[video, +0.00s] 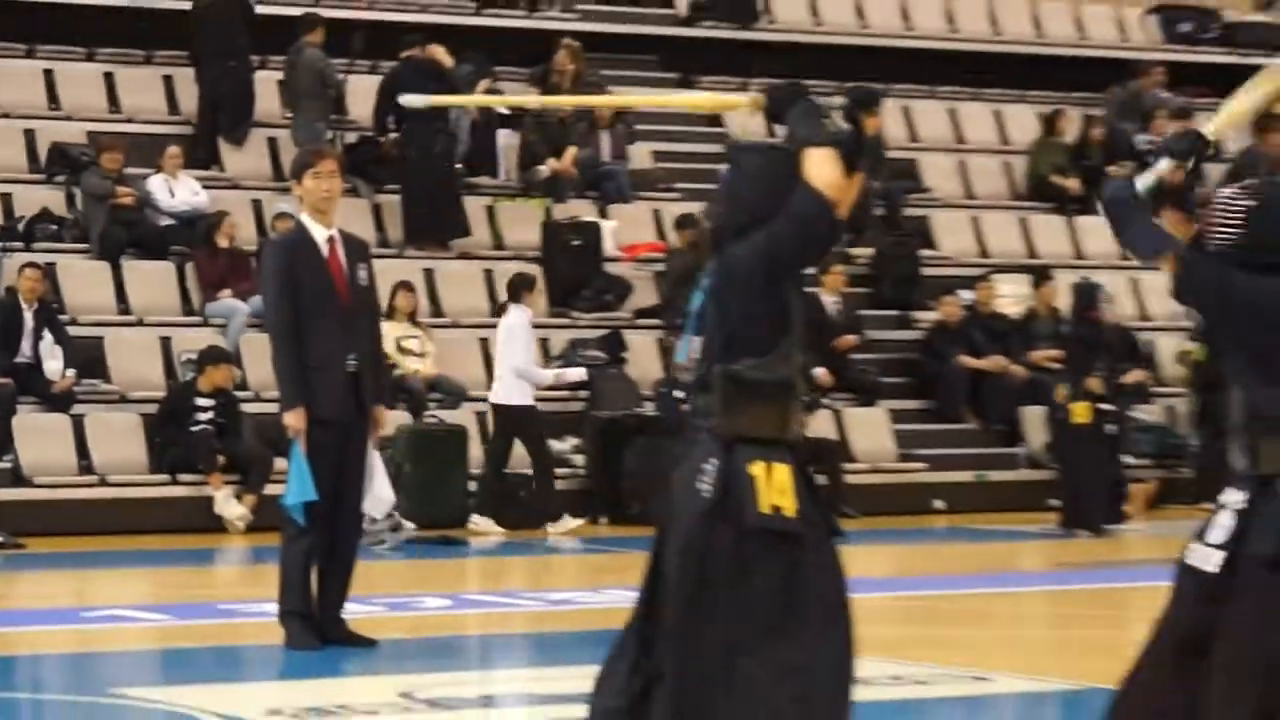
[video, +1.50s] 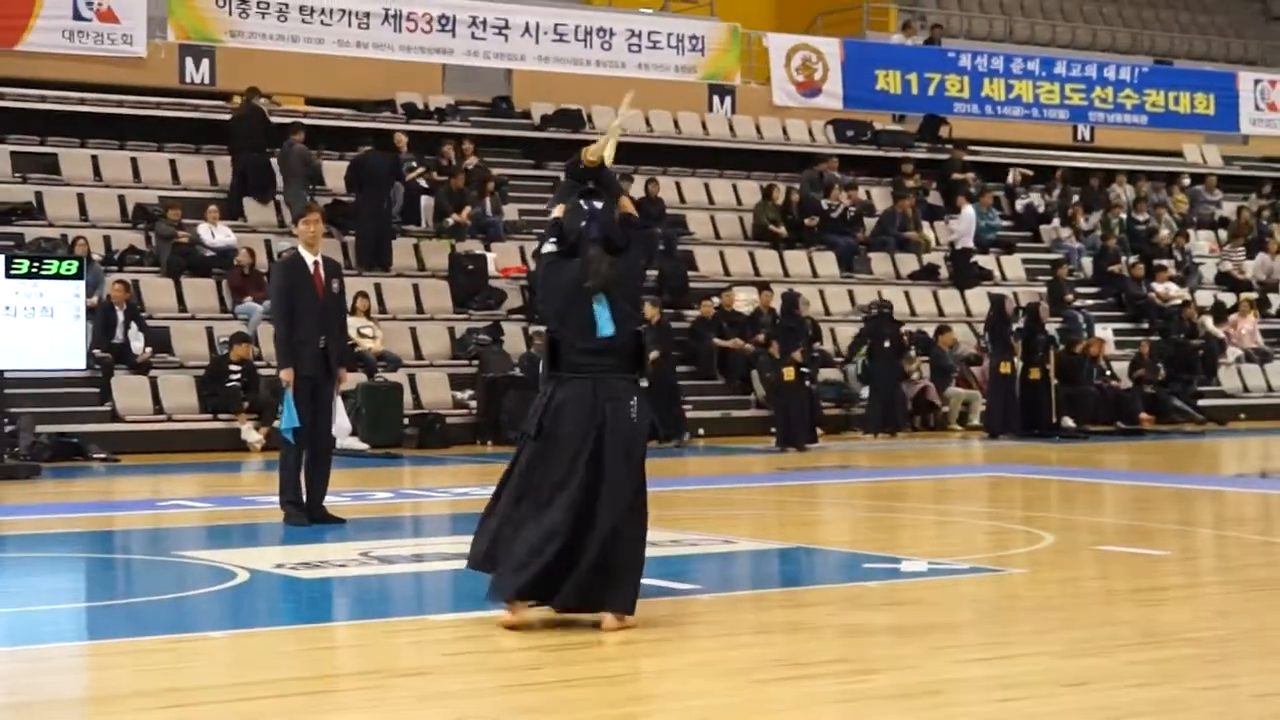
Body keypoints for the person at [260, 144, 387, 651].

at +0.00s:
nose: (329, 184)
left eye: (334, 176)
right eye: (318, 177)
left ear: (343, 184)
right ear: (298, 186)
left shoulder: (356, 248)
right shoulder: (282, 247)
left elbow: (370, 328)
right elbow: (281, 330)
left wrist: (377, 397)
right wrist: (291, 401)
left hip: (356, 394)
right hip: (312, 396)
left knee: (347, 510)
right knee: (309, 510)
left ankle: (330, 615)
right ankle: (296, 618)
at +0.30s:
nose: (271, 194)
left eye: (276, 187)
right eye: (262, 187)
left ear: (284, 194)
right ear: (245, 195)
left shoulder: (295, 249)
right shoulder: (231, 249)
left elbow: (308, 318)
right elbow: (229, 321)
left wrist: (314, 378)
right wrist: (239, 382)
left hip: (295, 375)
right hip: (256, 377)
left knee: (287, 478)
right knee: (254, 478)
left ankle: (274, 569)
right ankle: (244, 572)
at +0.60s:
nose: (241, 206)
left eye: (246, 199)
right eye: (233, 200)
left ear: (254, 205)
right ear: (219, 207)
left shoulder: (265, 254)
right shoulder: (207, 254)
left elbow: (277, 315)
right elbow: (205, 318)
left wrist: (283, 368)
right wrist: (215, 372)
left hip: (266, 368)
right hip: (231, 369)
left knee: (258, 459)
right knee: (228, 460)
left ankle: (247, 539)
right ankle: (221, 542)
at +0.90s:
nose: (272, 216)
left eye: (277, 210)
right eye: (265, 210)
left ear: (284, 215)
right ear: (253, 216)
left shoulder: (295, 260)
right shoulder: (241, 260)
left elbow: (305, 316)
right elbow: (240, 318)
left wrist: (311, 364)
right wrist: (248, 367)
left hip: (295, 364)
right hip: (263, 365)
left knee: (288, 447)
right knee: (260, 447)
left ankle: (279, 519)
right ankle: (254, 522)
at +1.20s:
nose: (292, 221)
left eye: (296, 215)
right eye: (285, 216)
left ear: (303, 220)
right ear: (273, 221)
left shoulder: (313, 262)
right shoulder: (263, 261)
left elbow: (323, 315)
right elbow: (261, 317)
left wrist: (328, 362)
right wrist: (269, 365)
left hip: (313, 361)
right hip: (283, 363)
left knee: (307, 442)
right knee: (280, 442)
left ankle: (297, 511)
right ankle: (274, 513)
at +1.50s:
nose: (312, 228)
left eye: (316, 223)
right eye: (306, 223)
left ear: (323, 227)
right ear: (296, 229)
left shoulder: (333, 267)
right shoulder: (284, 267)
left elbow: (339, 318)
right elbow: (280, 319)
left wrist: (341, 362)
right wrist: (284, 363)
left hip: (326, 361)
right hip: (297, 362)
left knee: (322, 436)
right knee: (295, 435)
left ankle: (316, 503)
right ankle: (291, 505)